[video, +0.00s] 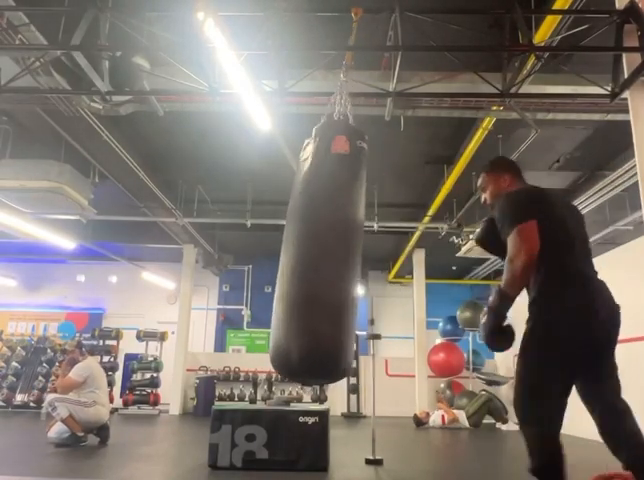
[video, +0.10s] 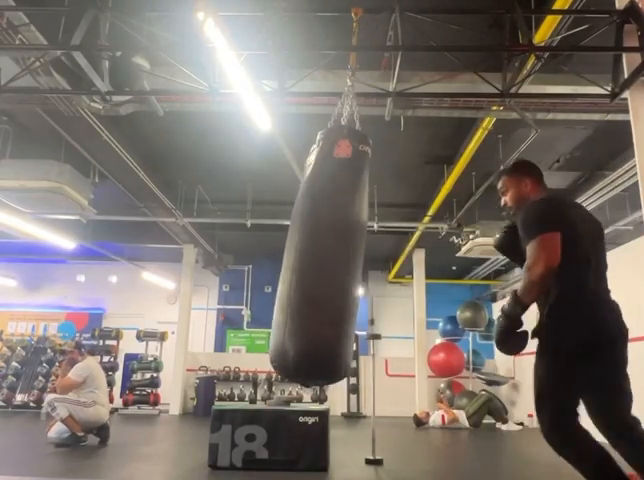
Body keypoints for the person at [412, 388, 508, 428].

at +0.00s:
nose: (424, 411)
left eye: (421, 411)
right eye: (422, 413)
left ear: (424, 417)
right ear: (424, 419)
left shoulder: (433, 415)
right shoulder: (434, 420)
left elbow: (451, 413)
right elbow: (453, 417)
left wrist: (443, 406)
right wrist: (443, 407)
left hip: (465, 413)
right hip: (468, 418)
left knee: (483, 394)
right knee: (487, 396)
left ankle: (501, 419)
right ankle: (504, 421)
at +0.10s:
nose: (423, 410)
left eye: (421, 411)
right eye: (421, 413)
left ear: (423, 417)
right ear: (423, 419)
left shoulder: (434, 416)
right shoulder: (434, 420)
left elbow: (451, 414)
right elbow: (453, 417)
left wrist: (444, 406)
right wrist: (443, 407)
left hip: (465, 413)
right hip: (468, 418)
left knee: (484, 397)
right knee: (486, 397)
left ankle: (501, 420)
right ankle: (504, 422)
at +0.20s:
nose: (424, 411)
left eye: (421, 411)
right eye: (422, 413)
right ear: (424, 419)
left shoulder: (433, 416)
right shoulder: (434, 420)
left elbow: (450, 413)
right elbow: (453, 417)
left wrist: (443, 405)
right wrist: (443, 407)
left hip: (464, 413)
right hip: (467, 418)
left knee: (484, 394)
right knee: (486, 397)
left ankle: (500, 419)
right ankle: (504, 422)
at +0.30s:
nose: (424, 411)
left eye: (421, 411)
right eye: (422, 413)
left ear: (424, 418)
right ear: (424, 419)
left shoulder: (434, 416)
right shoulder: (434, 420)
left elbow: (450, 413)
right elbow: (453, 418)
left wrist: (445, 405)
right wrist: (443, 407)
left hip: (464, 413)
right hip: (467, 418)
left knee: (484, 394)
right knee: (486, 397)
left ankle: (501, 419)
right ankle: (504, 422)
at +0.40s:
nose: (424, 411)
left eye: (421, 411)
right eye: (422, 413)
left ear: (423, 418)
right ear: (424, 419)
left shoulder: (433, 416)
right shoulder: (434, 420)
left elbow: (449, 413)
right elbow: (453, 418)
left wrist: (445, 404)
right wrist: (442, 407)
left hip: (464, 413)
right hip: (467, 418)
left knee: (483, 394)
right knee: (487, 396)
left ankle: (500, 419)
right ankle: (504, 421)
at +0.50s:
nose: (423, 411)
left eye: (421, 411)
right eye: (421, 413)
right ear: (424, 419)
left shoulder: (433, 416)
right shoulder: (434, 420)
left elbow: (450, 412)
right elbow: (452, 418)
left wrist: (443, 406)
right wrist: (443, 407)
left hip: (464, 413)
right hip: (468, 418)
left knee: (484, 394)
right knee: (487, 396)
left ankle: (501, 419)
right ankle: (505, 418)